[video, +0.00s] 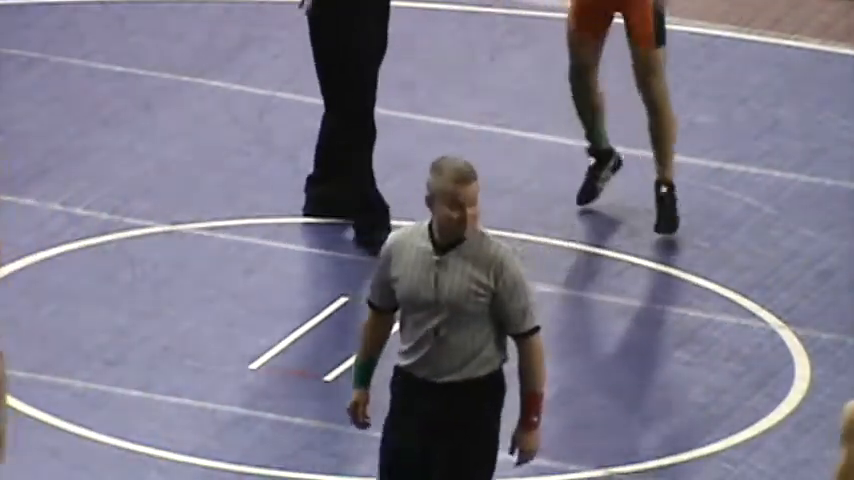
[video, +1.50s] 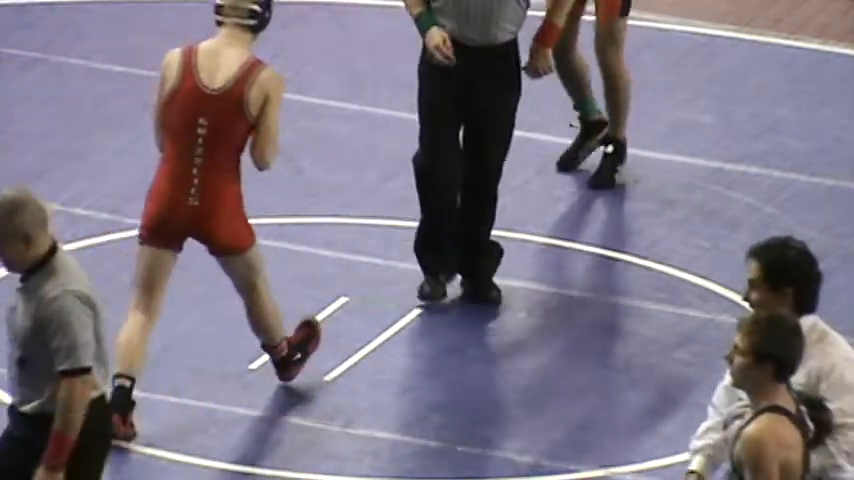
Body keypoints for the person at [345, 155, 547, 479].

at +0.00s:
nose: (466, 216)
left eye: (472, 206)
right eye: (455, 207)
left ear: (479, 202)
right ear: (430, 202)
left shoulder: (497, 261)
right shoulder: (398, 248)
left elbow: (528, 339)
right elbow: (379, 316)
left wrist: (530, 421)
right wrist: (361, 384)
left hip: (474, 397)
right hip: (411, 391)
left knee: (466, 472)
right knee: (397, 472)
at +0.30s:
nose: (382, 239)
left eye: (392, 231)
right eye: (377, 229)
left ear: (421, 224)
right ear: (371, 223)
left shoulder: (453, 276)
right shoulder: (362, 254)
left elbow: (483, 358)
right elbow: (347, 321)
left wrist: (469, 438)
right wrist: (326, 385)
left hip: (431, 407)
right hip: (370, 396)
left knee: (417, 472)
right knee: (336, 472)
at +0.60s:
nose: (303, 245)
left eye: (312, 236)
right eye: (296, 235)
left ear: (335, 225)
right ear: (287, 227)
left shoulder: (367, 282)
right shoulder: (278, 265)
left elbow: (394, 365)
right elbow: (268, 334)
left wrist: (391, 446)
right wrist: (258, 402)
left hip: (347, 414)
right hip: (287, 410)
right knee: (267, 472)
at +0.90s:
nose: (237, 241)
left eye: (243, 228)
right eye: (225, 232)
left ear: (254, 216)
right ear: (205, 228)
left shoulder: (281, 276)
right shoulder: (197, 258)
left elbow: (310, 356)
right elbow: (186, 324)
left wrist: (285, 437)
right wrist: (160, 384)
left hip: (258, 407)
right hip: (213, 400)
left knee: (236, 474)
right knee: (219, 472)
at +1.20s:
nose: (119, 263)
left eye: (125, 253)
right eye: (113, 254)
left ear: (155, 239)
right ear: (105, 247)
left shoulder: (179, 297)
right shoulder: (111, 272)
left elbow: (205, 379)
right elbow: (105, 343)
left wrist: (202, 451)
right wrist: (78, 398)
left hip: (161, 421)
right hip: (115, 416)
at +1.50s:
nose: (3, 255)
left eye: (5, 246)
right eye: (2, 247)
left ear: (26, 242)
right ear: (37, 235)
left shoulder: (62, 296)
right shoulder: (42, 276)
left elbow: (78, 385)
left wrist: (53, 465)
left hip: (63, 424)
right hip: (35, 414)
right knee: (12, 468)